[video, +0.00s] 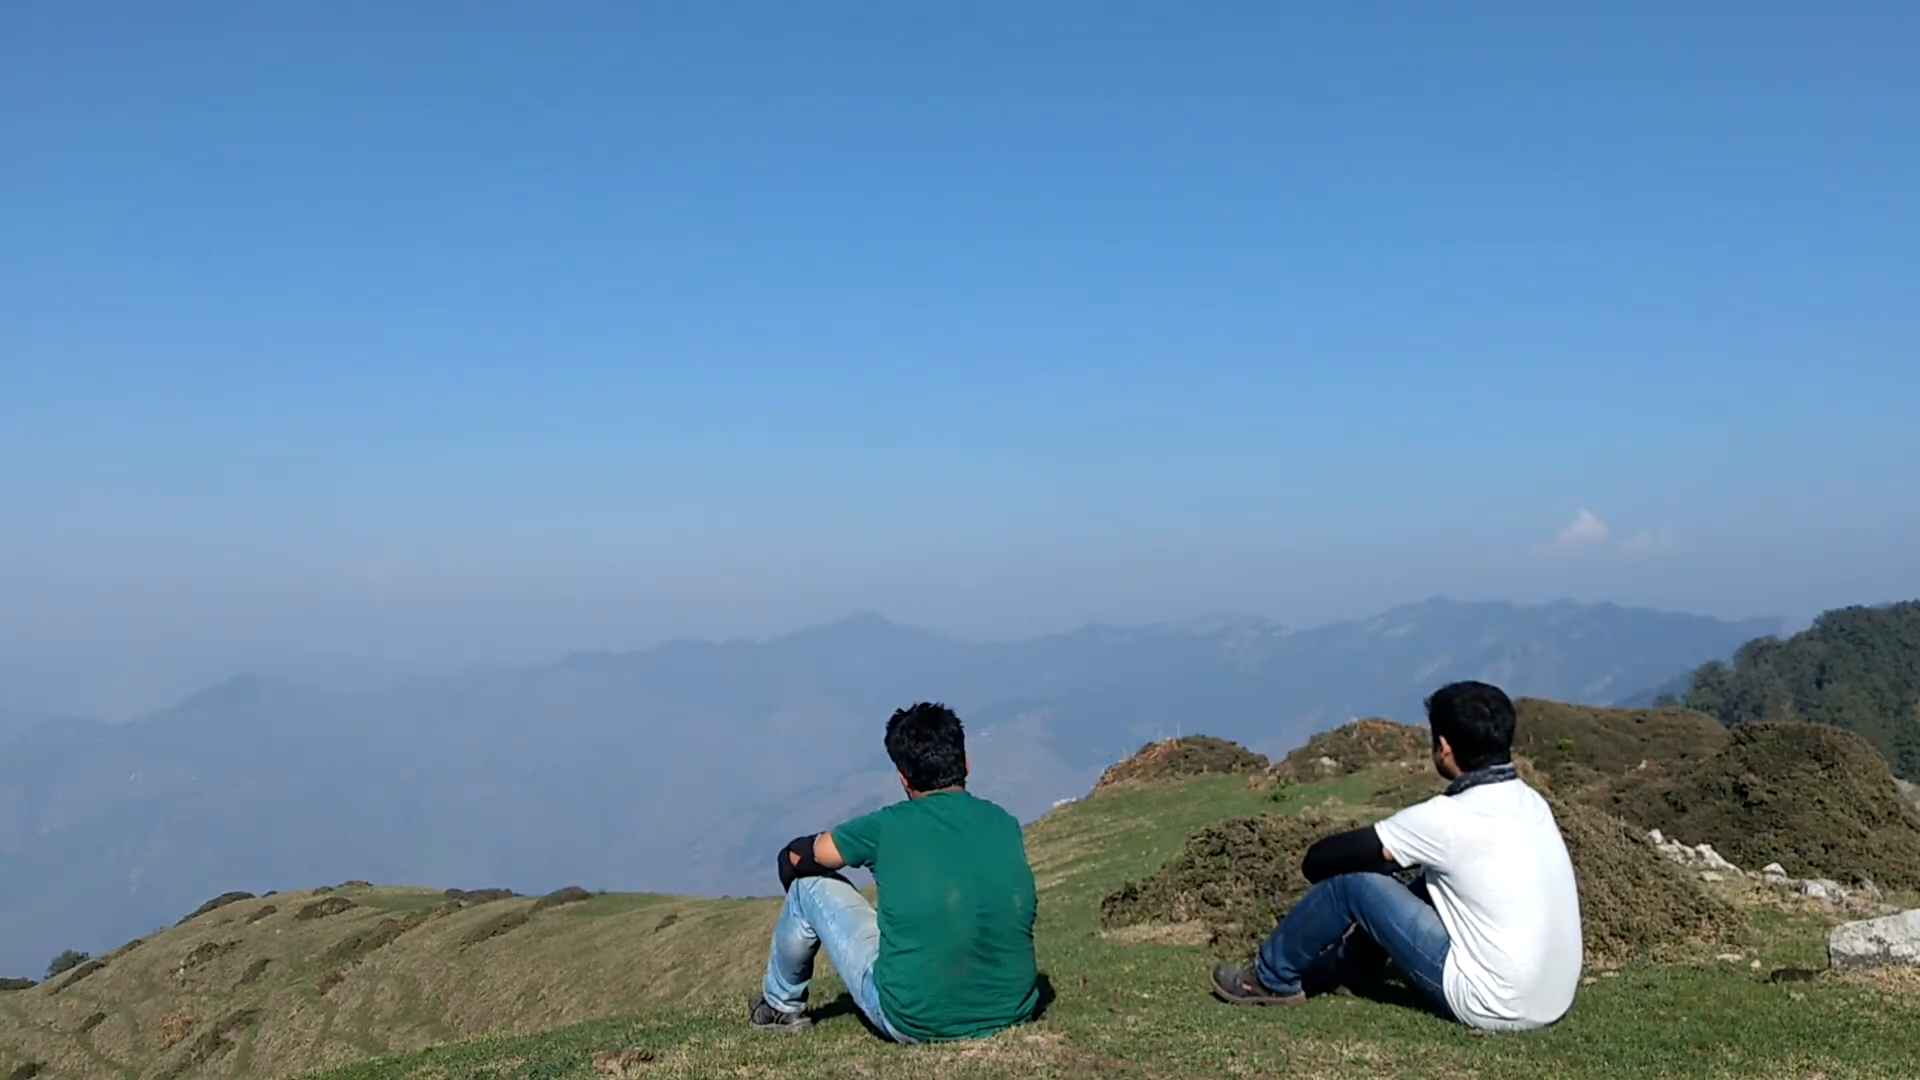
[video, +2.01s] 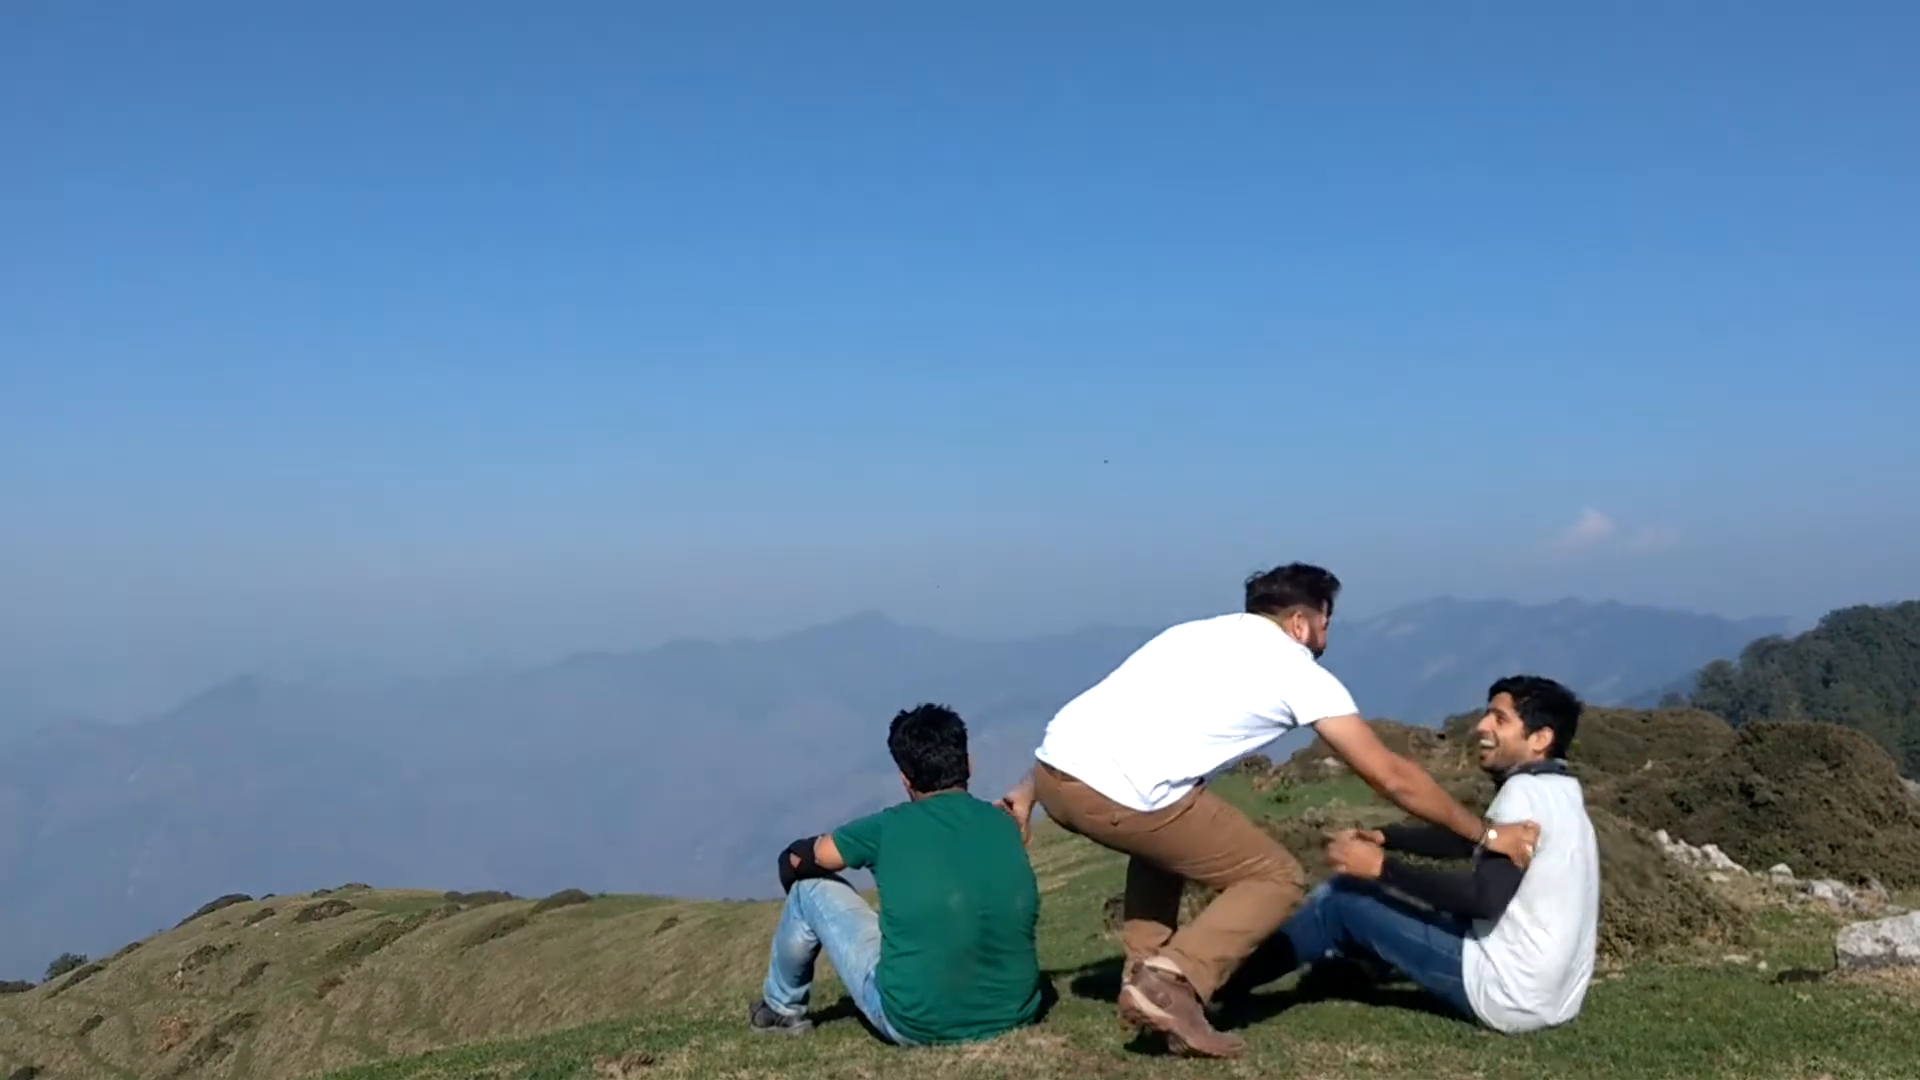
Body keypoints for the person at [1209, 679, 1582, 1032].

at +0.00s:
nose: (1434, 748)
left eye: (1433, 738)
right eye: (1433, 738)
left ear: (1447, 748)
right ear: (1503, 741)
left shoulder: (1448, 816)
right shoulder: (1532, 802)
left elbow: (1318, 860)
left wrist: (1390, 867)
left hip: (1488, 1003)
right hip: (1547, 999)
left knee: (1352, 883)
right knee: (1429, 879)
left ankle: (1271, 977)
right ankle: (1344, 967)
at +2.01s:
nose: (1481, 727)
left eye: (1499, 718)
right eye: (1487, 714)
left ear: (1540, 740)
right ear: (1541, 743)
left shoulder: (1524, 793)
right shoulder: (1562, 793)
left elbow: (1485, 900)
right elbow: (1469, 841)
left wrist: (1383, 869)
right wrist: (1384, 837)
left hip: (1505, 993)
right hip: (1549, 990)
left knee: (1338, 902)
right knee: (1370, 879)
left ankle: (1216, 982)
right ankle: (1350, 963)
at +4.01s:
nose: (1463, 719)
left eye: (1478, 708)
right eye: (1466, 706)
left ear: (1522, 719)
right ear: (1522, 721)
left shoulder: (1520, 790)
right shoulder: (1564, 773)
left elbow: (1535, 902)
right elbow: (1589, 880)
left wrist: (1513, 1013)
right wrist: (1591, 977)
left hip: (1516, 971)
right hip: (1557, 964)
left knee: (1355, 903)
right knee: (1456, 869)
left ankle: (1218, 985)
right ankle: (1351, 966)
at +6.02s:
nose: (1484, 753)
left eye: (1497, 741)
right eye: (1484, 740)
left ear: (1542, 749)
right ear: (1535, 749)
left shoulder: (1564, 814)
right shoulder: (1546, 801)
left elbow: (1645, 908)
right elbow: (1614, 896)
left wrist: (1607, 1006)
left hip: (1549, 995)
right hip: (1544, 958)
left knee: (1395, 965)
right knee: (1478, 900)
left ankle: (1242, 1009)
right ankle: (1356, 977)